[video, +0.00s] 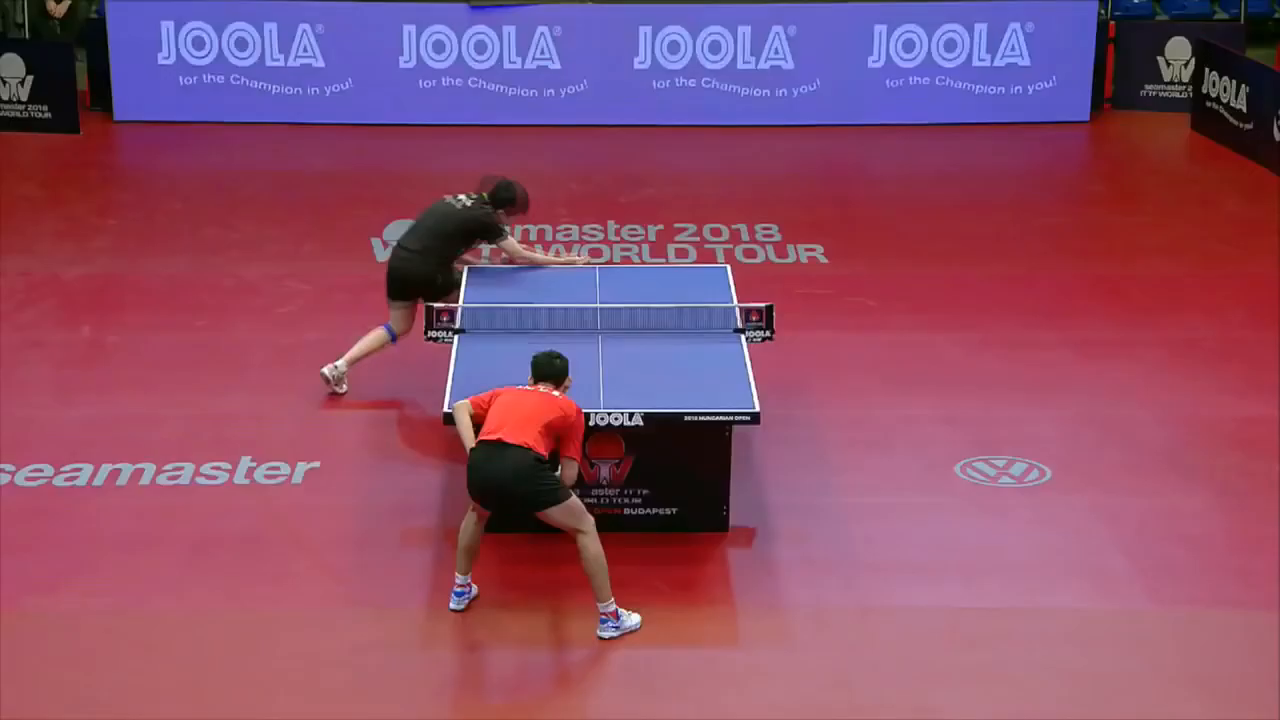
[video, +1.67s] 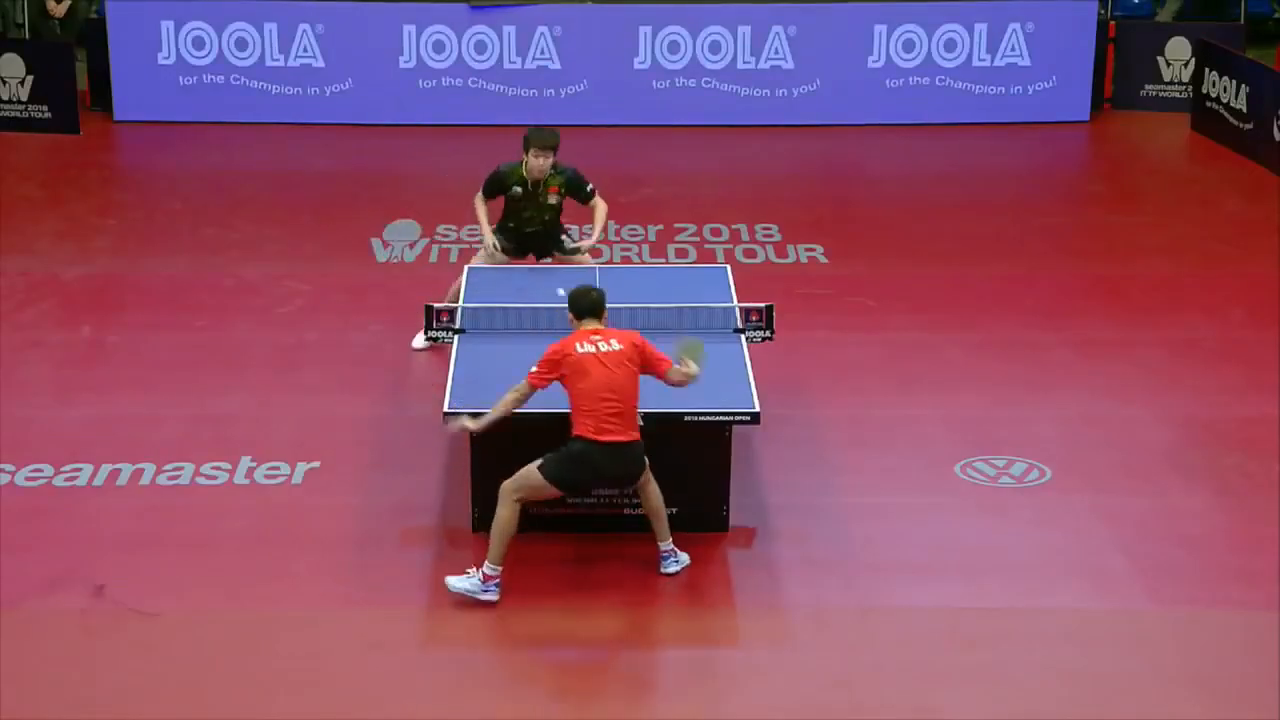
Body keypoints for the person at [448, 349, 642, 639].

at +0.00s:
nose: (568, 385)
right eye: (567, 382)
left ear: (531, 380)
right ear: (565, 383)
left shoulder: (504, 393)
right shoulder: (570, 409)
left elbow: (460, 408)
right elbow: (568, 477)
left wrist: (474, 452)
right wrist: (548, 494)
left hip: (482, 461)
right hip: (525, 468)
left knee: (477, 512)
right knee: (584, 526)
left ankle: (460, 590)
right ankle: (610, 615)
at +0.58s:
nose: (568, 360)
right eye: (568, 357)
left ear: (532, 358)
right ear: (566, 361)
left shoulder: (508, 380)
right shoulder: (577, 392)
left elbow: (469, 403)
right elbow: (585, 457)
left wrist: (484, 447)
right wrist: (565, 447)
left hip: (495, 457)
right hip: (540, 464)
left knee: (481, 510)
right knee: (597, 522)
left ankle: (460, 589)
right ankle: (610, 615)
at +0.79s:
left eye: (523, 332)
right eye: (553, 334)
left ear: (522, 335)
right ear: (556, 338)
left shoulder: (499, 366)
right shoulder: (568, 375)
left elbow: (468, 399)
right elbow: (595, 430)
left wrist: (487, 442)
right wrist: (580, 423)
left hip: (501, 468)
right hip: (551, 470)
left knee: (471, 513)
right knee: (609, 508)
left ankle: (453, 592)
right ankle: (610, 588)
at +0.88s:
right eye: (559, 317)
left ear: (530, 321)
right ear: (563, 322)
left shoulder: (509, 353)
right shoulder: (577, 362)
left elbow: (476, 385)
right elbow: (616, 406)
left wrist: (495, 409)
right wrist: (596, 388)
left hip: (515, 465)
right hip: (563, 465)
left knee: (478, 509)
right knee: (620, 487)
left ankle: (455, 587)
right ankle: (642, 569)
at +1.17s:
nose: (547, 335)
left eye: (548, 331)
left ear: (550, 337)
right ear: (583, 336)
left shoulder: (538, 372)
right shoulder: (606, 368)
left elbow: (515, 404)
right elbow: (636, 387)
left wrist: (541, 385)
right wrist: (603, 379)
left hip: (562, 482)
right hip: (612, 481)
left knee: (497, 489)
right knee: (640, 475)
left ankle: (487, 576)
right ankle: (669, 555)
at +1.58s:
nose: (569, 341)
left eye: (570, 336)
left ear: (573, 339)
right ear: (607, 336)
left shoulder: (568, 365)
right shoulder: (629, 356)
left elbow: (550, 390)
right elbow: (649, 356)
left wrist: (547, 382)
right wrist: (629, 347)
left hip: (591, 474)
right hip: (635, 473)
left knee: (515, 492)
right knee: (649, 470)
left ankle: (487, 576)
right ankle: (669, 554)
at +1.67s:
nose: (570, 317)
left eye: (570, 312)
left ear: (572, 316)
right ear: (605, 313)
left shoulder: (563, 349)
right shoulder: (632, 341)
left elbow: (520, 394)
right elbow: (675, 376)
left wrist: (481, 423)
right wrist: (691, 371)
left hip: (584, 456)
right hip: (628, 457)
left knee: (511, 491)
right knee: (643, 475)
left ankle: (488, 578)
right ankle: (669, 554)